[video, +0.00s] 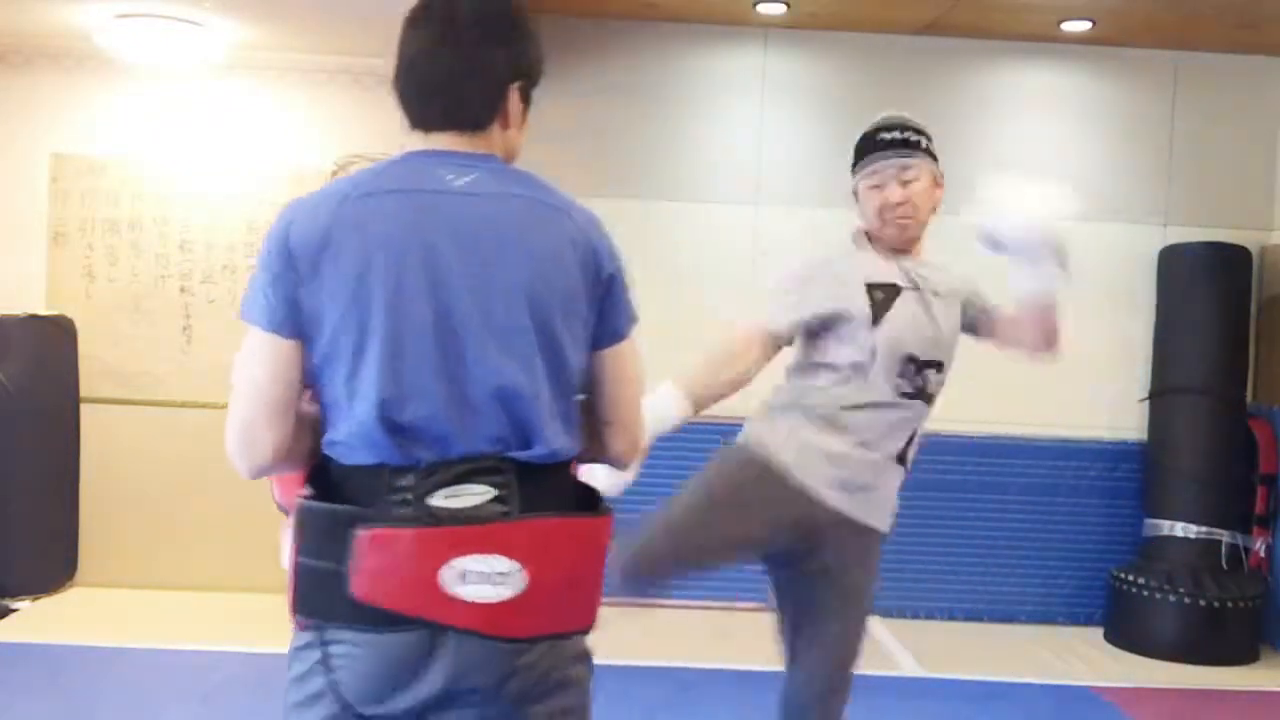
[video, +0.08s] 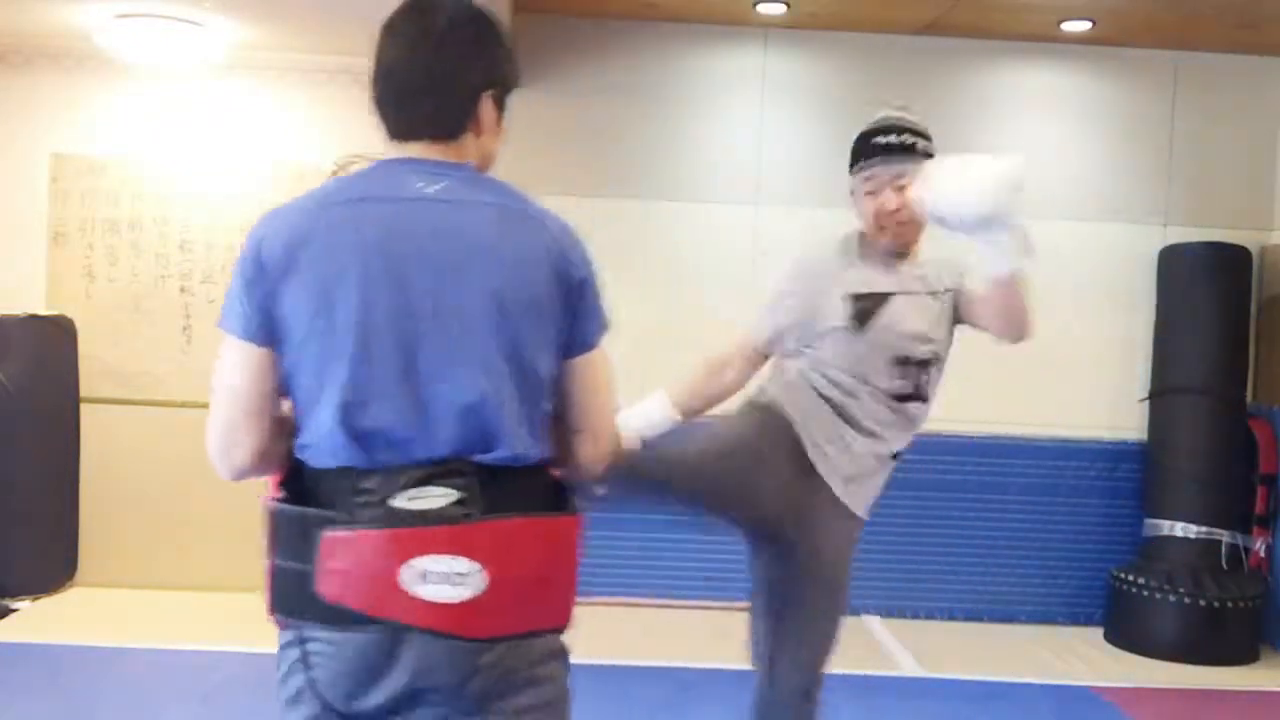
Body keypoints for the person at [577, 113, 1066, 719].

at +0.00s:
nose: (893, 197)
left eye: (908, 179)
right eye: (876, 185)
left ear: (939, 189)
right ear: (857, 199)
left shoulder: (952, 294)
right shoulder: (835, 272)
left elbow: (1038, 339)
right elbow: (742, 353)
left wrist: (1035, 267)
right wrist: (650, 417)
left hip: (853, 520)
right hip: (771, 477)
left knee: (817, 699)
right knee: (632, 568)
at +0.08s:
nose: (889, 204)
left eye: (903, 187)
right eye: (873, 191)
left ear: (932, 191)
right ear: (854, 199)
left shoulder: (945, 284)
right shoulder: (823, 274)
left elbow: (1012, 326)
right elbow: (734, 365)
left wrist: (997, 233)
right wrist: (633, 426)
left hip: (835, 510)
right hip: (773, 444)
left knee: (790, 692)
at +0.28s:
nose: (827, 203)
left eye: (845, 187)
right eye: (819, 188)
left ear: (893, 192)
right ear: (809, 194)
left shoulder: (919, 278)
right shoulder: (781, 268)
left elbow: (966, 412)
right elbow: (715, 365)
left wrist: (944, 333)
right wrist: (628, 433)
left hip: (799, 516)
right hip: (726, 450)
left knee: (750, 706)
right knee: (669, 415)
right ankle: (523, 432)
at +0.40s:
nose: (807, 201)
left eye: (826, 184)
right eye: (800, 185)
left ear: (876, 191)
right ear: (792, 189)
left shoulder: (907, 299)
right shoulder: (767, 268)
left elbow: (962, 419)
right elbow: (705, 365)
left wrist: (931, 351)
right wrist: (614, 410)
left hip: (796, 513)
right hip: (712, 455)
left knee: (751, 699)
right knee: (620, 502)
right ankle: (494, 611)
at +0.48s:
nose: (792, 190)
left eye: (813, 176)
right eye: (786, 174)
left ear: (864, 189)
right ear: (776, 180)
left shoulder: (882, 299)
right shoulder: (747, 265)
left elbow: (952, 425)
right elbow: (683, 360)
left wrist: (914, 351)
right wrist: (605, 394)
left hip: (794, 528)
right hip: (700, 491)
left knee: (745, 707)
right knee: (593, 627)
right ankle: (608, 711)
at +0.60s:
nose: (762, 190)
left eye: (783, 177)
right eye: (757, 175)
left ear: (833, 195)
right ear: (747, 183)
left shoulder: (861, 299)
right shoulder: (719, 271)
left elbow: (904, 423)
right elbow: (664, 365)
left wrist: (870, 411)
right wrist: (609, 401)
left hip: (777, 542)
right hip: (696, 530)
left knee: (731, 709)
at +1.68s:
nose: (746, 215)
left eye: (770, 200)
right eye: (737, 199)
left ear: (812, 223)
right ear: (724, 211)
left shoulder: (840, 327)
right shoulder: (688, 302)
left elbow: (855, 465)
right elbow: (583, 377)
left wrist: (810, 363)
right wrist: (564, 320)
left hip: (799, 575)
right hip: (707, 574)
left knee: (766, 711)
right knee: (738, 709)